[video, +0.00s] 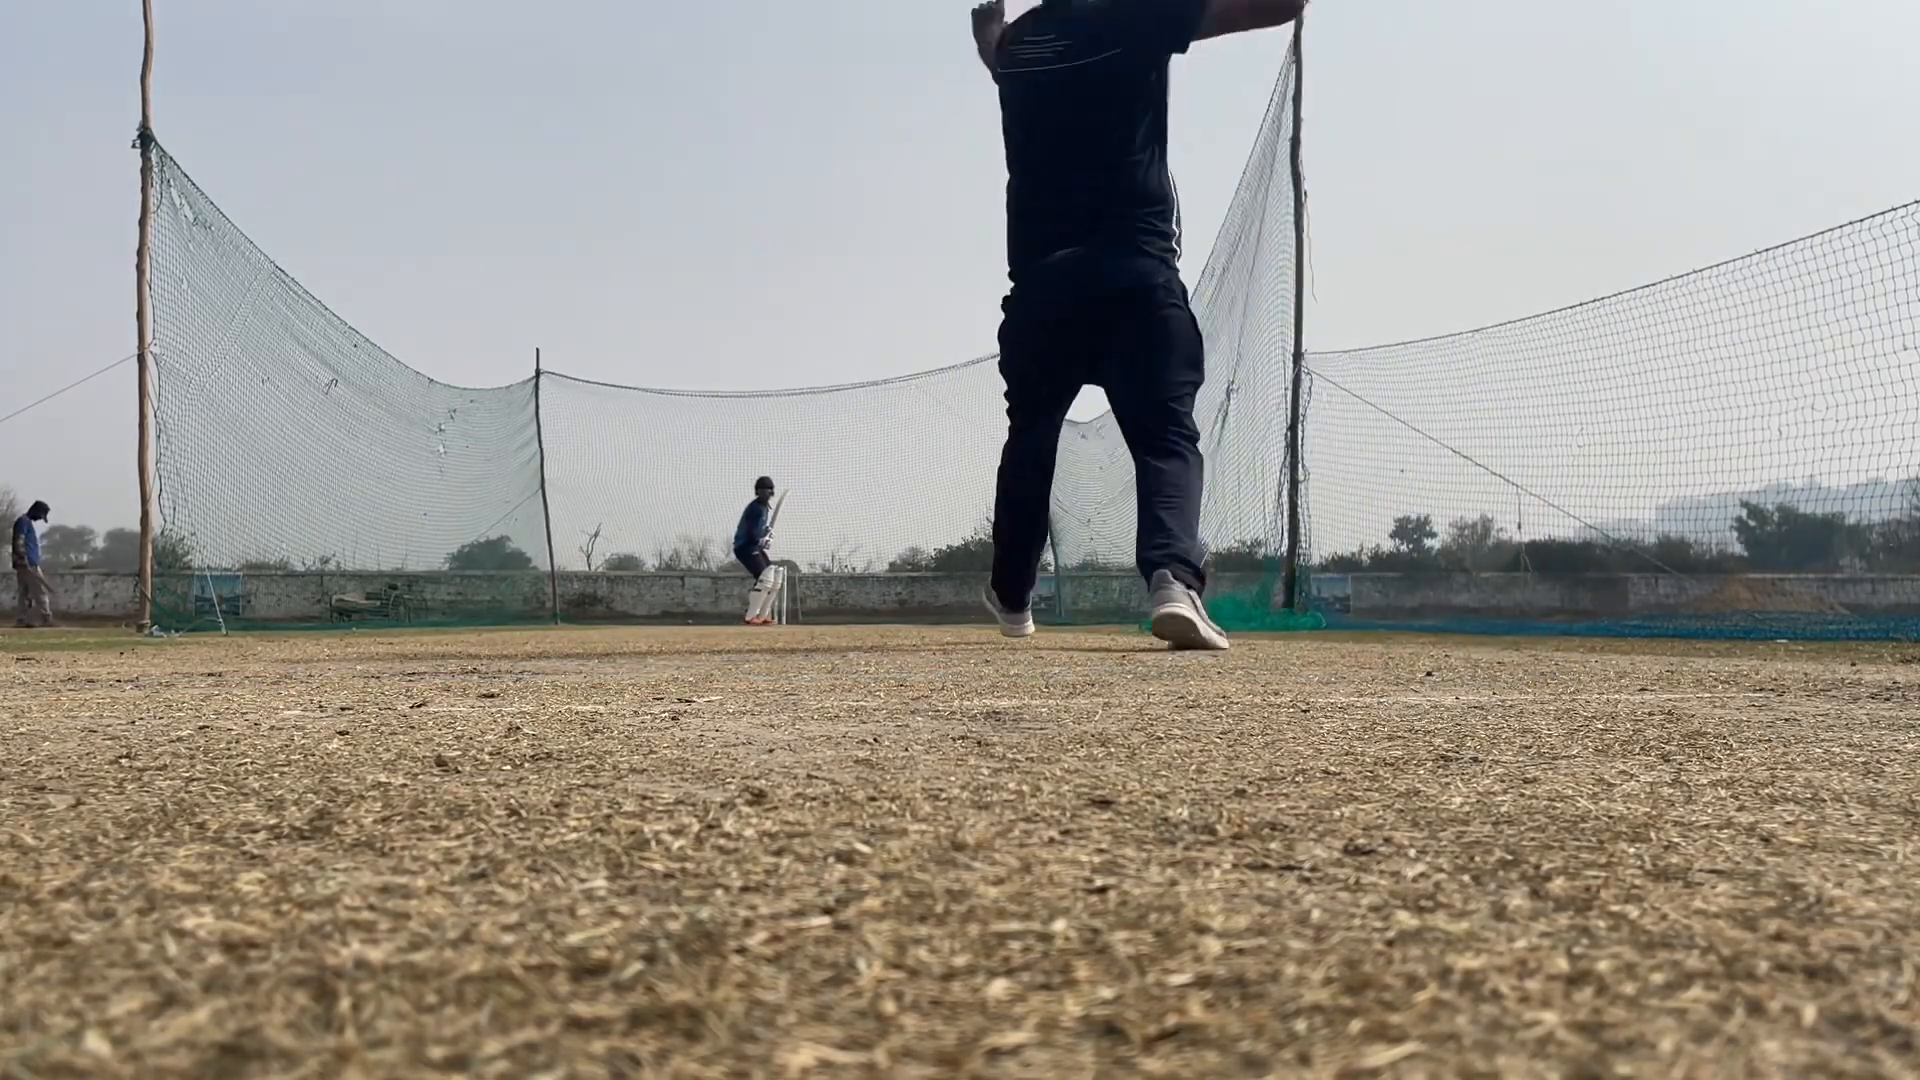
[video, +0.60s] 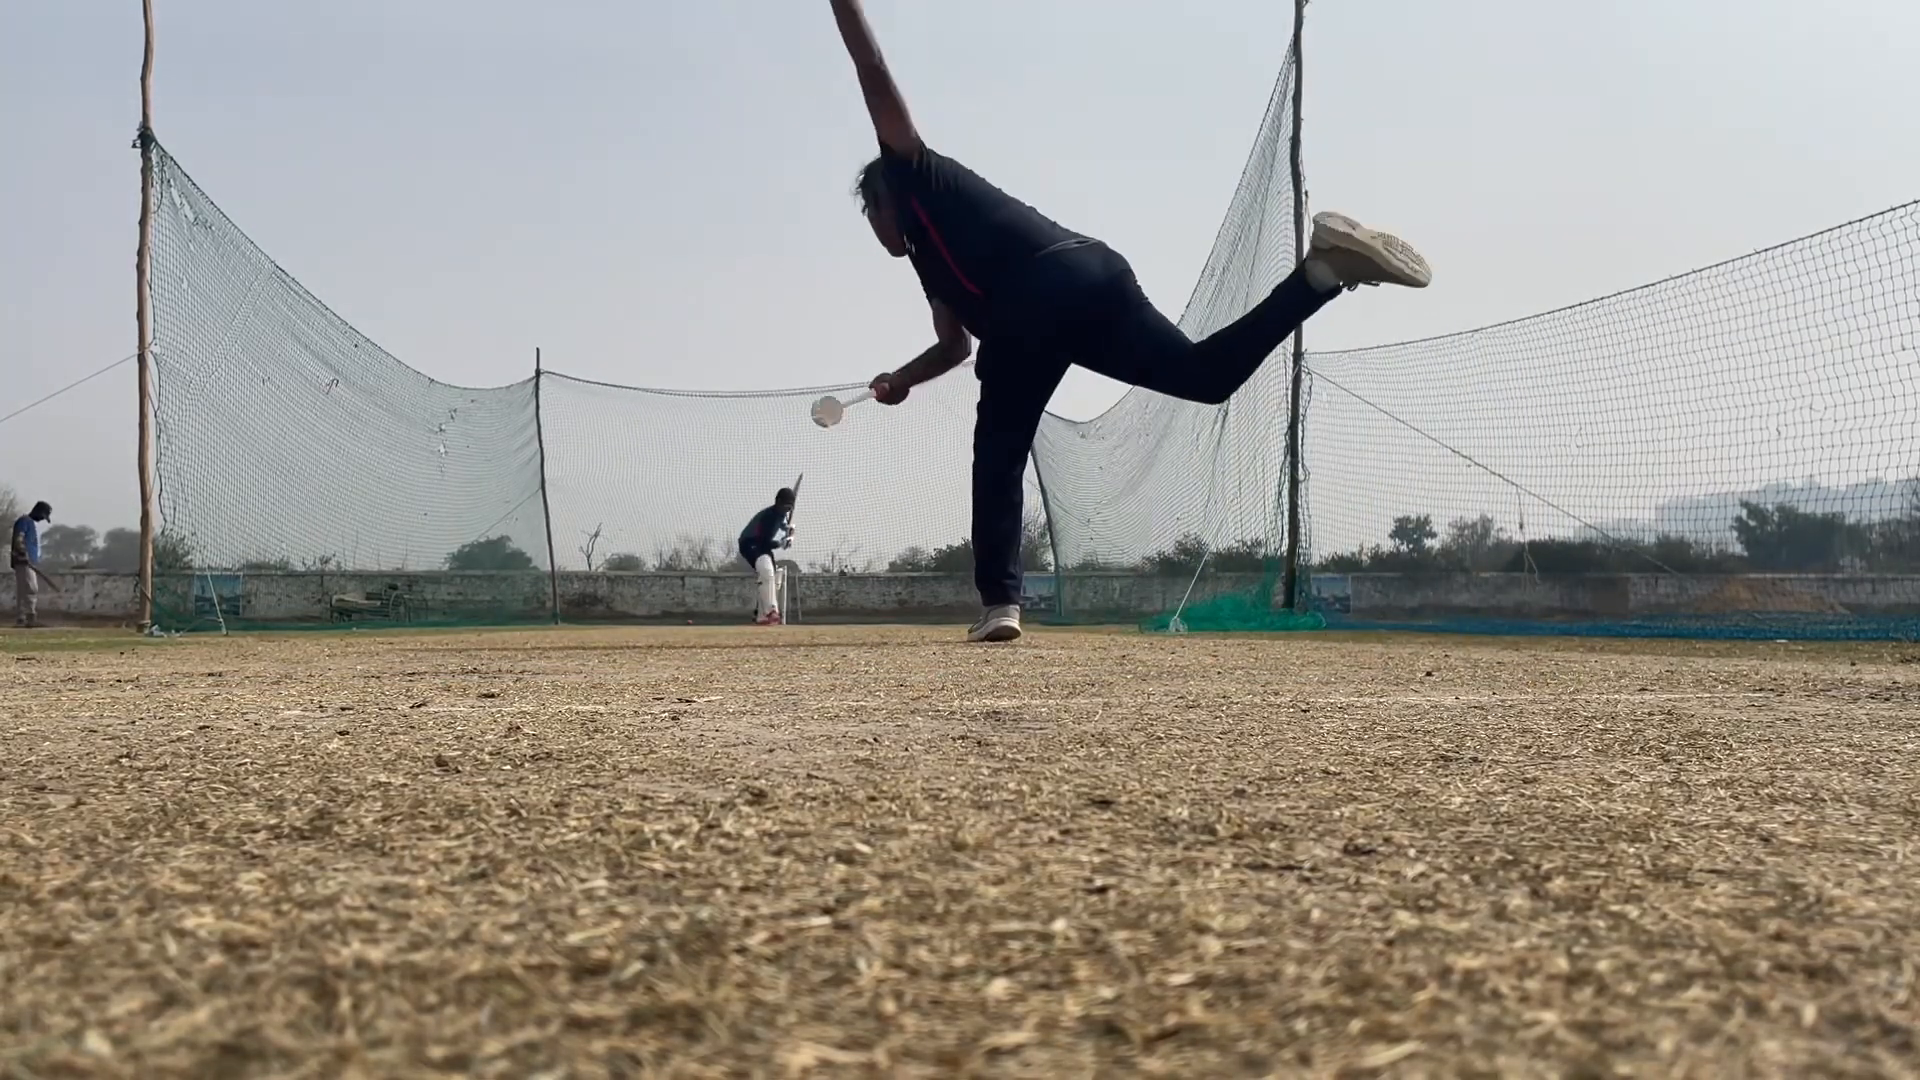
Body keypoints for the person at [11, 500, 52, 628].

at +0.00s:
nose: (40, 519)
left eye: (42, 517)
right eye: (41, 516)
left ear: (35, 511)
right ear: (36, 512)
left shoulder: (26, 523)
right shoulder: (23, 522)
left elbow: (28, 545)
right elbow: (19, 543)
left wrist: (36, 564)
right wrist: (24, 562)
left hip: (26, 564)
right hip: (29, 564)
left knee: (24, 594)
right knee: (40, 591)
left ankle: (21, 618)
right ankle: (46, 617)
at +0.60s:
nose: (41, 519)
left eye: (43, 517)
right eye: (42, 516)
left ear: (38, 513)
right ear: (38, 512)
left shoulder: (29, 523)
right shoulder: (24, 521)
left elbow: (25, 542)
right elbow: (19, 541)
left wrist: (31, 559)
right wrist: (24, 556)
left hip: (27, 562)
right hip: (24, 562)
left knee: (23, 591)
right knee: (31, 589)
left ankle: (22, 617)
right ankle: (31, 617)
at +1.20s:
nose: (32, 510)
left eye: (34, 508)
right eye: (30, 507)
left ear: (36, 510)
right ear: (24, 507)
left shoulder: (32, 526)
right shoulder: (13, 522)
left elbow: (35, 548)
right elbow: (6, 543)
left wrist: (42, 566)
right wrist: (7, 562)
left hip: (29, 564)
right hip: (16, 563)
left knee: (26, 591)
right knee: (15, 590)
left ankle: (22, 617)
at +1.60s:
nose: (15, 507)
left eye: (16, 504)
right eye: (11, 504)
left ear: (18, 505)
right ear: (6, 506)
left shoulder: (23, 522)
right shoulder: (2, 522)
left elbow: (26, 544)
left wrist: (29, 562)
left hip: (19, 563)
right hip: (4, 563)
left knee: (22, 591)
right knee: (4, 592)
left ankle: (21, 618)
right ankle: (3, 617)